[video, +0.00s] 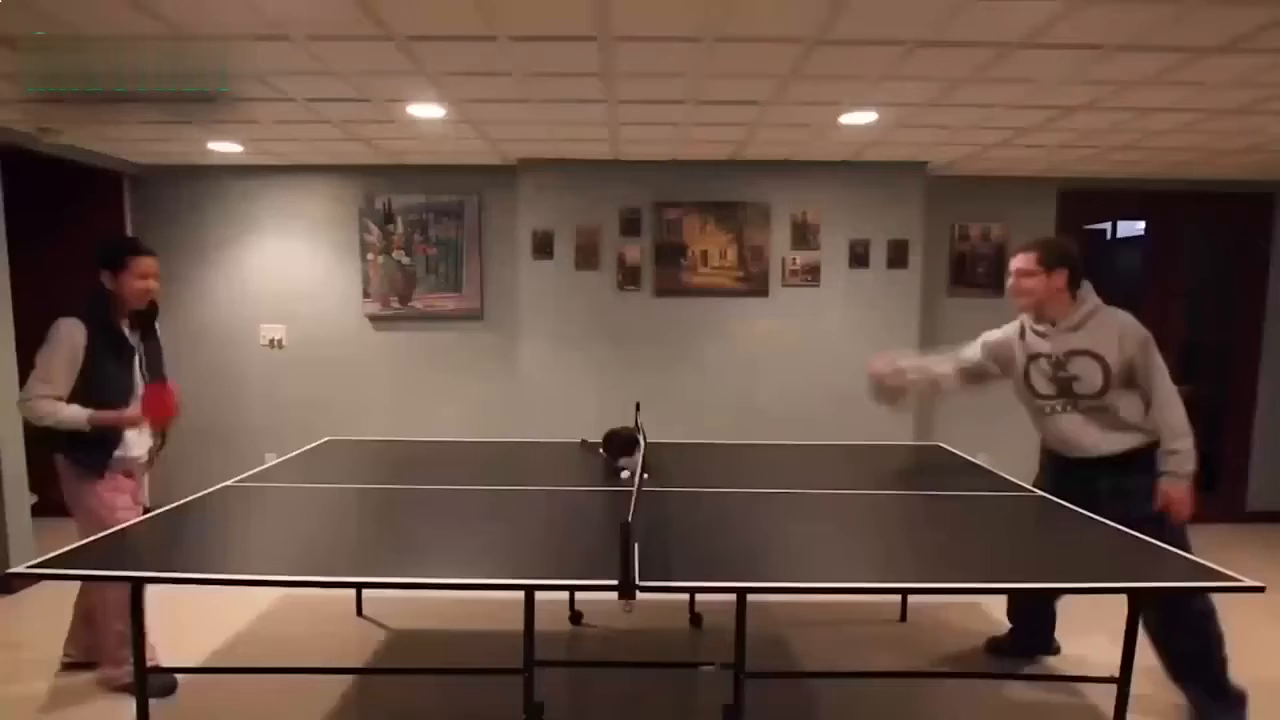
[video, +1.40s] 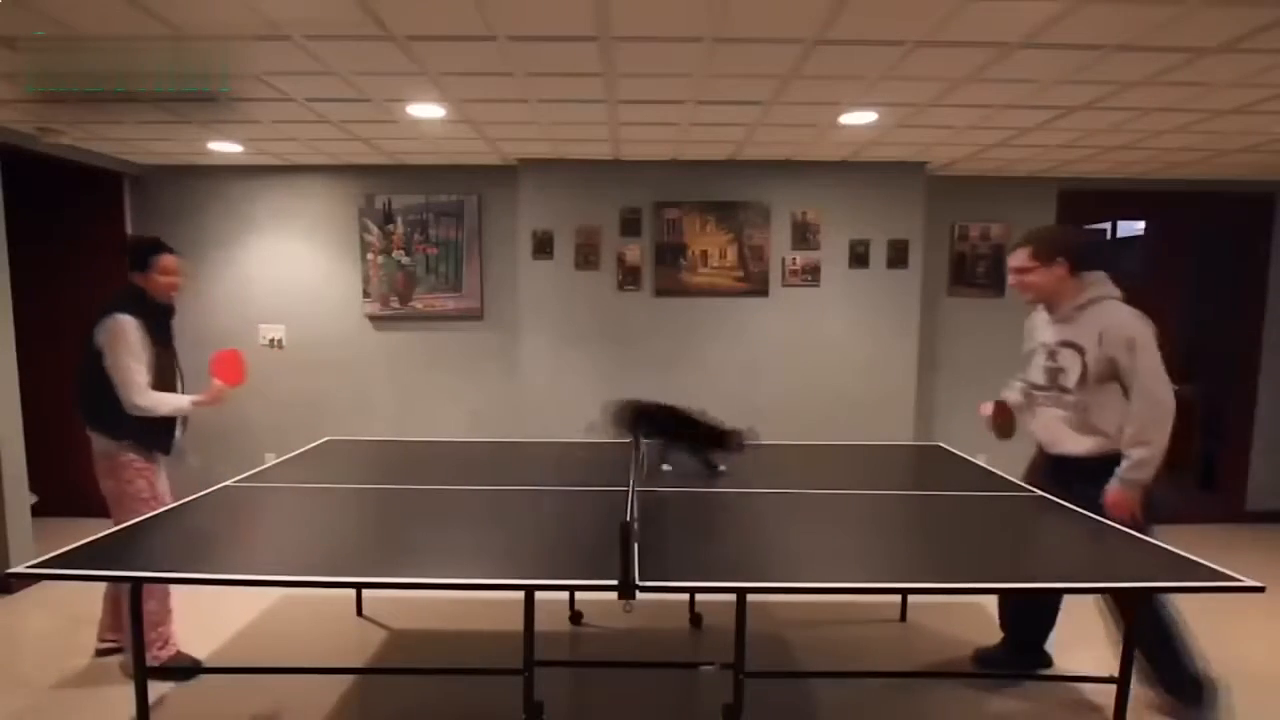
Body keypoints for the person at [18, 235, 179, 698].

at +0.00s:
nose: (152, 288)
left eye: (155, 278)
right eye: (142, 278)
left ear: (156, 282)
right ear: (110, 280)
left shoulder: (145, 333)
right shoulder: (75, 331)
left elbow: (149, 400)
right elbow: (34, 404)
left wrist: (160, 416)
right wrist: (112, 418)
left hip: (134, 466)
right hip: (90, 469)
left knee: (114, 554)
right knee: (127, 554)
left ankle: (83, 647)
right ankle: (124, 667)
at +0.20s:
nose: (168, 296)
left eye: (170, 286)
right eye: (161, 285)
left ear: (161, 288)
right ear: (130, 284)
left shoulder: (155, 335)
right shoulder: (91, 330)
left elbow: (155, 396)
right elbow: (51, 401)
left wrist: (187, 398)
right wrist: (132, 410)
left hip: (147, 463)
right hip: (104, 465)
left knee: (125, 553)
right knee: (156, 543)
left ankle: (86, 650)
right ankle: (187, 659)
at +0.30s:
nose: (199, 310)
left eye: (201, 300)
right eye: (192, 299)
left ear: (185, 300)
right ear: (162, 296)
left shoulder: (176, 346)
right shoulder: (119, 339)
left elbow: (173, 414)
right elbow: (101, 408)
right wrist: (183, 410)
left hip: (160, 469)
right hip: (121, 470)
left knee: (139, 558)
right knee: (180, 551)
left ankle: (87, 650)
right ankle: (224, 656)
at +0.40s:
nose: (238, 316)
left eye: (241, 306)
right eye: (231, 304)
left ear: (220, 306)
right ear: (205, 301)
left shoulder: (203, 346)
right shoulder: (164, 343)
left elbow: (194, 410)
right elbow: (170, 411)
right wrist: (249, 416)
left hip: (181, 475)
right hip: (145, 476)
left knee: (147, 564)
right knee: (213, 559)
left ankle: (92, 652)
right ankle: (228, 658)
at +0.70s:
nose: (274, 325)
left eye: (278, 316)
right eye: (274, 315)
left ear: (242, 298)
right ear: (256, 305)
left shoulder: (192, 322)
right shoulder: (224, 342)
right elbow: (229, 427)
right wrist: (273, 427)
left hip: (143, 455)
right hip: (173, 466)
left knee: (164, 551)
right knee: (227, 556)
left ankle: (135, 636)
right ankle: (229, 658)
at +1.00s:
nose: (221, 306)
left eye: (223, 297)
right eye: (216, 296)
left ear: (186, 294)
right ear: (189, 294)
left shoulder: (151, 320)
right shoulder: (170, 340)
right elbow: (201, 413)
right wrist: (252, 404)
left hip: (111, 449)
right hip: (131, 459)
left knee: (135, 547)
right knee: (165, 550)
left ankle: (116, 633)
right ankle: (168, 655)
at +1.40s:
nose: (174, 282)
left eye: (176, 274)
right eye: (166, 274)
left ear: (172, 277)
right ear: (140, 276)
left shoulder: (151, 318)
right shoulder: (123, 323)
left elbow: (151, 389)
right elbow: (135, 399)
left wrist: (182, 407)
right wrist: (199, 400)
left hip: (139, 448)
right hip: (122, 450)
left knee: (134, 540)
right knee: (153, 540)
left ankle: (115, 634)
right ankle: (156, 651)